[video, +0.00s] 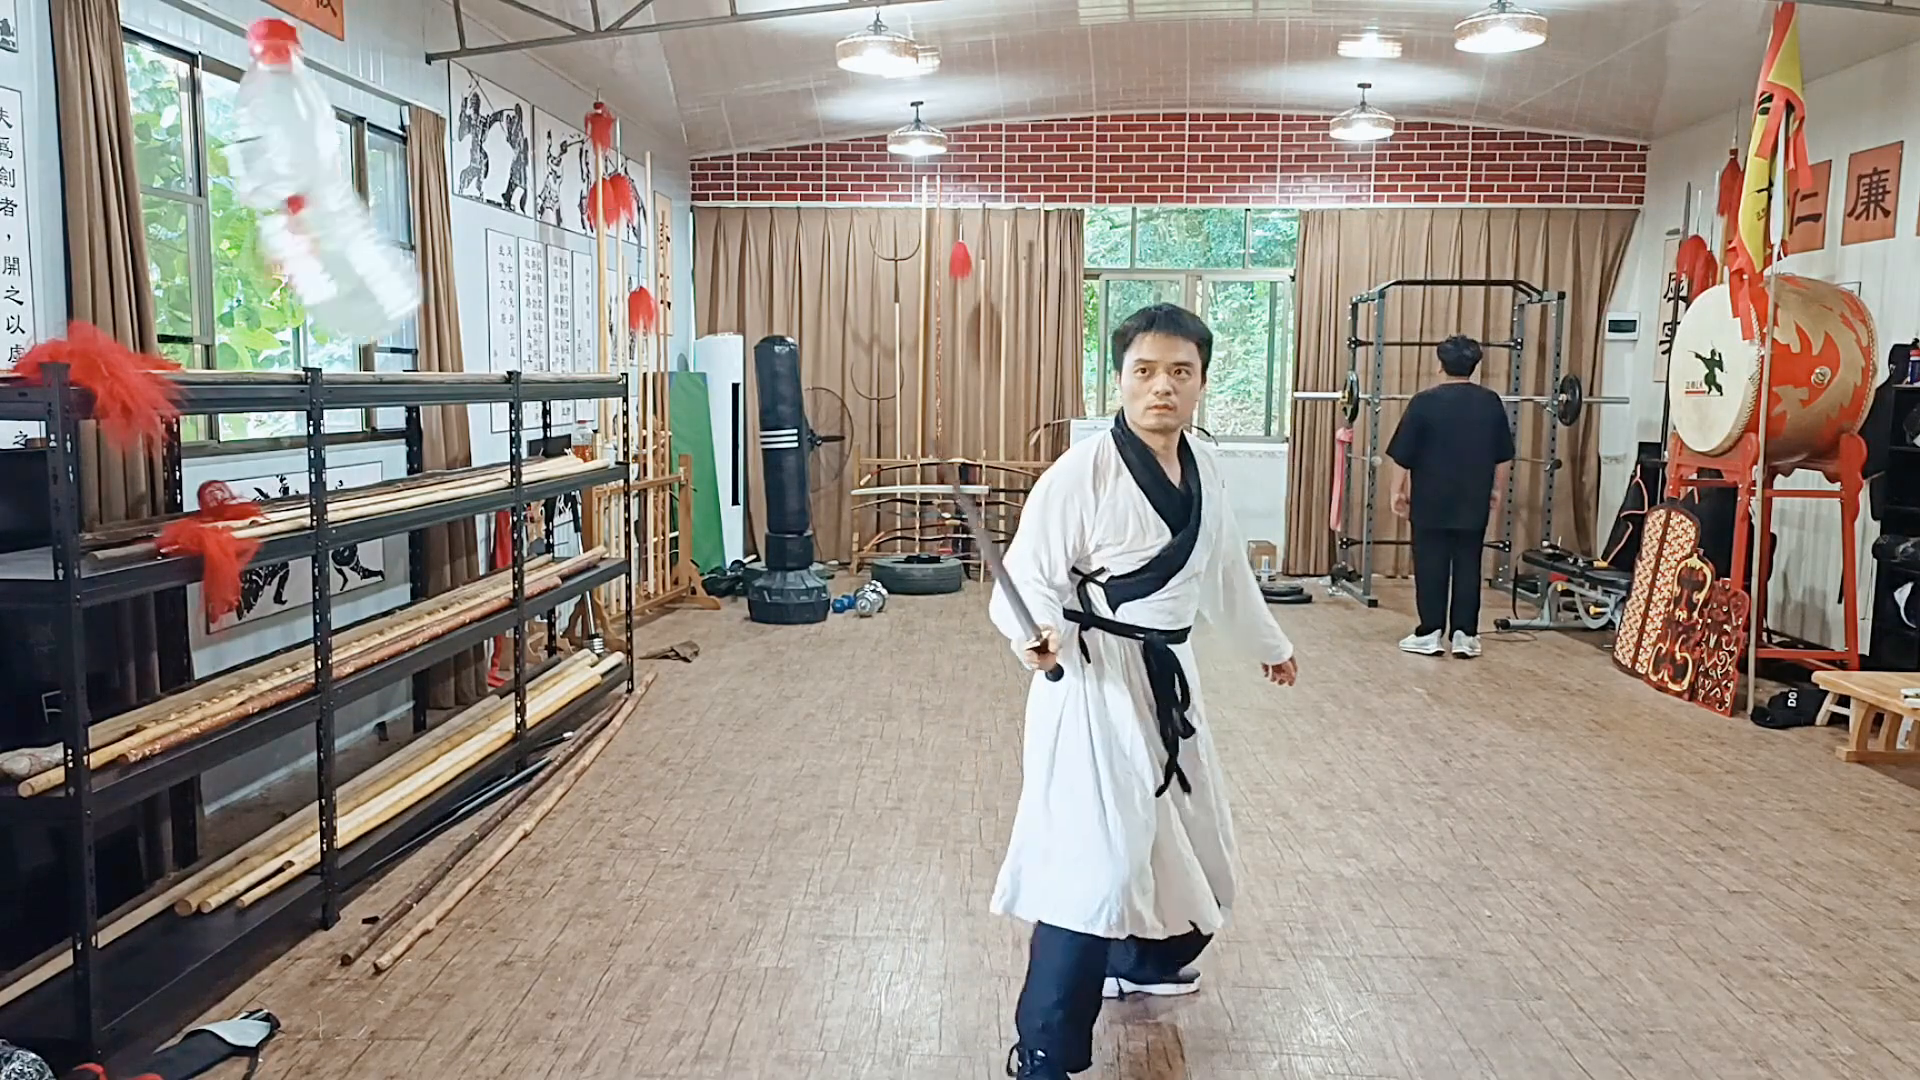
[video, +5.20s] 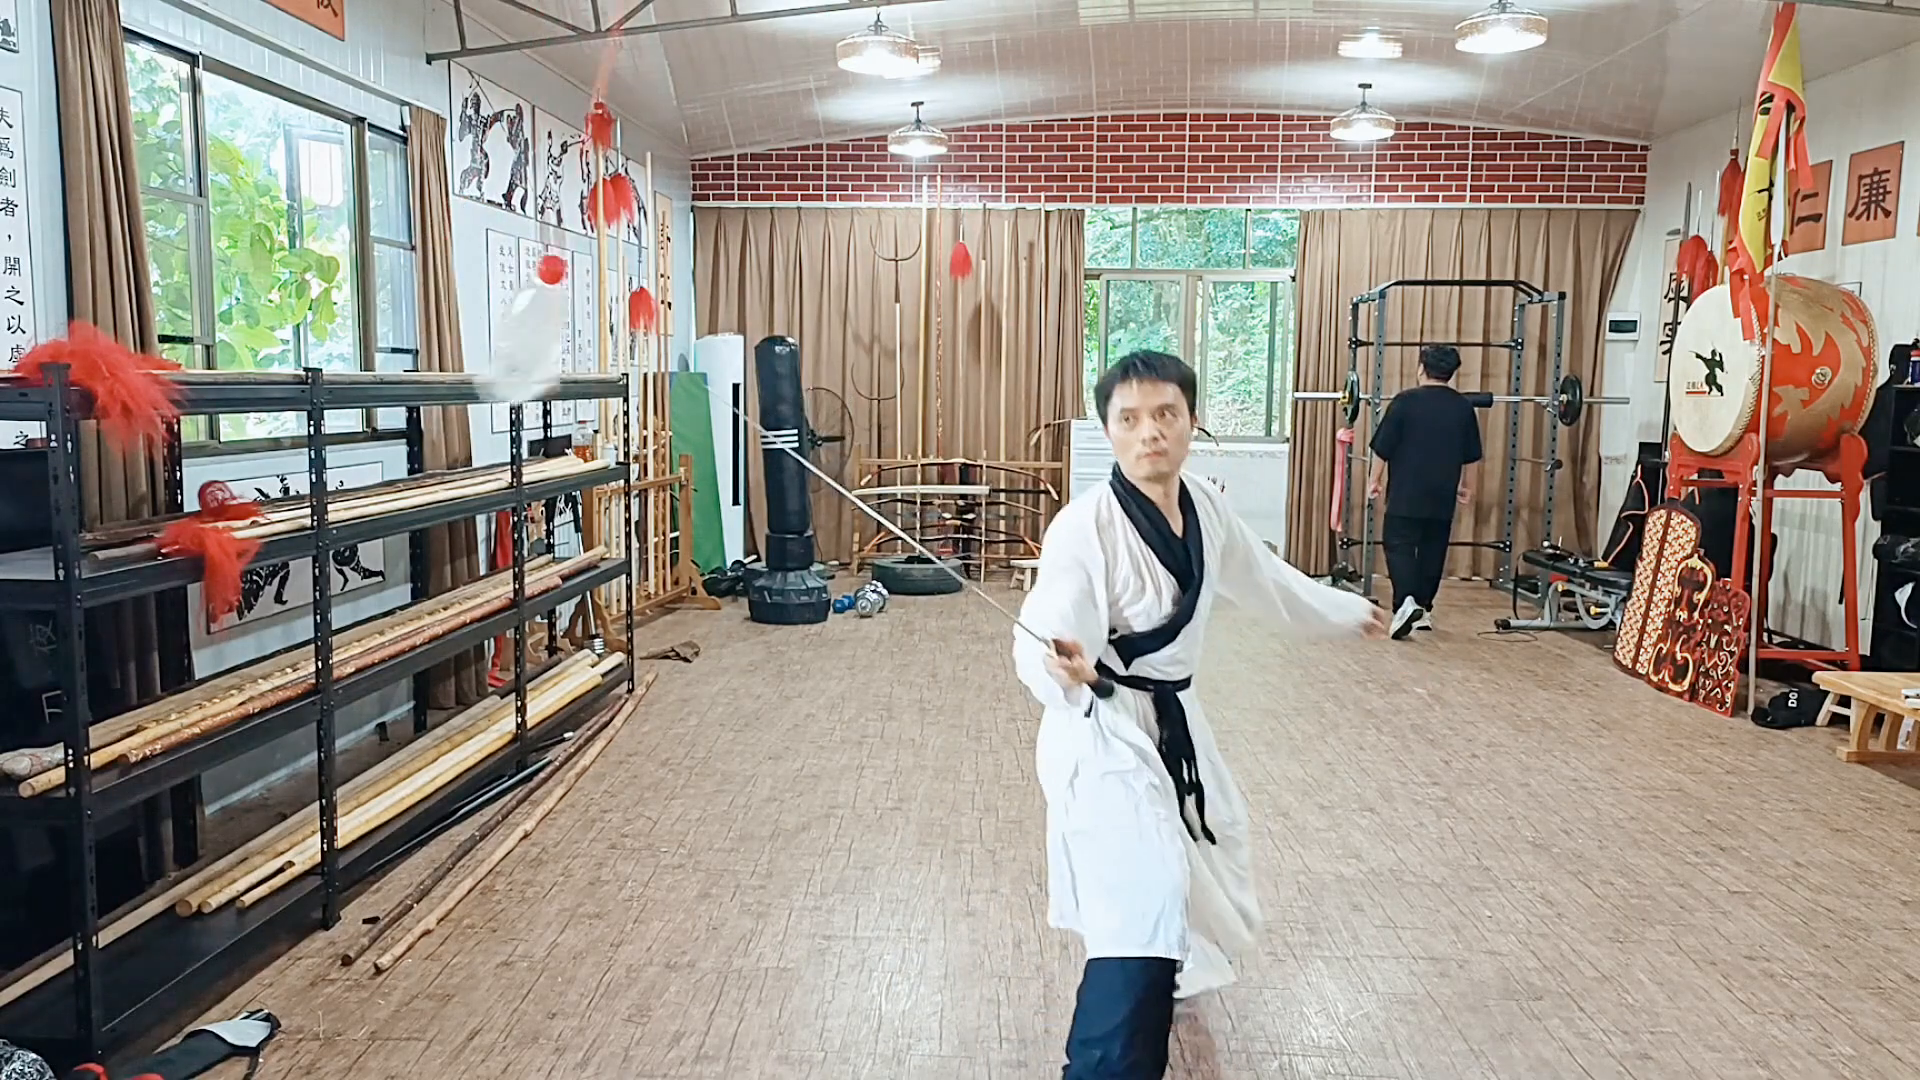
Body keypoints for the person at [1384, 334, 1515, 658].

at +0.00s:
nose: (1437, 365)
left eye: (1439, 361)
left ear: (1441, 365)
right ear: (1474, 366)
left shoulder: (1425, 401)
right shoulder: (1490, 401)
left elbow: (1403, 454)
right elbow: (1503, 456)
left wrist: (1397, 490)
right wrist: (1498, 495)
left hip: (1430, 503)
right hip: (1473, 503)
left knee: (1431, 568)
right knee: (1468, 568)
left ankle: (1430, 634)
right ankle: (1464, 635)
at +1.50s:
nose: (1438, 368)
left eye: (1440, 364)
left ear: (1442, 368)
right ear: (1475, 369)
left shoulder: (1425, 404)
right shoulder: (1490, 405)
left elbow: (1402, 456)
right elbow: (1503, 456)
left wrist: (1394, 493)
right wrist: (1507, 494)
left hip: (1430, 508)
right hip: (1474, 508)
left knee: (1429, 571)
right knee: (1476, 570)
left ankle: (1429, 634)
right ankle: (1486, 635)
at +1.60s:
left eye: (1444, 367)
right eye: (1488, 369)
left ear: (1448, 370)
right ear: (1483, 372)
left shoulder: (1430, 404)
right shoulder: (1495, 404)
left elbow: (1409, 457)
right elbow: (1509, 456)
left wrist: (1400, 495)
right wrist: (1510, 493)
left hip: (1434, 506)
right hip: (1478, 507)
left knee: (1432, 572)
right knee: (1480, 570)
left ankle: (1429, 634)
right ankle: (1486, 636)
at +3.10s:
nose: (1442, 370)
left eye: (1444, 366)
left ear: (1445, 369)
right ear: (1477, 371)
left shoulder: (1430, 404)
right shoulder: (1492, 405)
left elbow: (1408, 455)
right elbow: (1506, 455)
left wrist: (1401, 488)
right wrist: (1504, 491)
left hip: (1433, 505)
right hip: (1475, 506)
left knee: (1428, 568)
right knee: (1476, 568)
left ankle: (1423, 626)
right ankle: (1485, 633)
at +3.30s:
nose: (1429, 370)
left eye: (1430, 366)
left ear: (1431, 369)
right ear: (1463, 370)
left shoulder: (1414, 405)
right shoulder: (1478, 406)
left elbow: (1390, 456)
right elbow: (1491, 457)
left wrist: (1384, 487)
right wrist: (1488, 492)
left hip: (1418, 507)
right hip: (1459, 507)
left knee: (1417, 568)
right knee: (1460, 560)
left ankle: (1422, 626)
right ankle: (1476, 617)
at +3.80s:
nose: (1409, 369)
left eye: (1410, 366)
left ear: (1411, 369)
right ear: (1442, 369)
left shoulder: (1399, 406)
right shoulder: (1459, 404)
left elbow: (1377, 456)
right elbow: (1474, 452)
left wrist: (1367, 491)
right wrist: (1474, 486)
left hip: (1407, 502)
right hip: (1445, 501)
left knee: (1411, 561)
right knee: (1437, 556)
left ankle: (1421, 625)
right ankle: (1429, 613)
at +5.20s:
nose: (1417, 370)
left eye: (1419, 366)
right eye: (1420, 366)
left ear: (1423, 369)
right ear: (1453, 373)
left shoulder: (1405, 401)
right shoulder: (1463, 406)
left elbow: (1383, 447)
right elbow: (1471, 455)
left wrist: (1375, 478)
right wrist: (1468, 485)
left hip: (1406, 493)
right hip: (1442, 495)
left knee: (1397, 546)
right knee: (1434, 550)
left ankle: (1405, 603)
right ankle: (1423, 610)